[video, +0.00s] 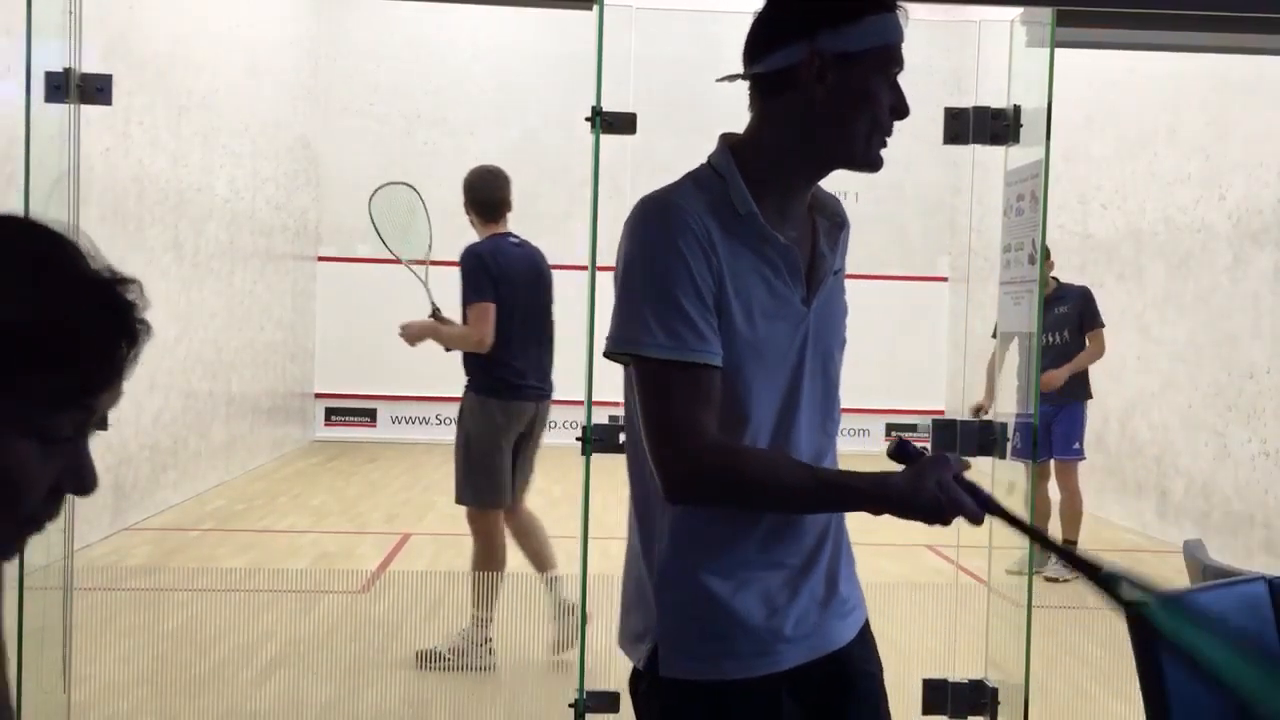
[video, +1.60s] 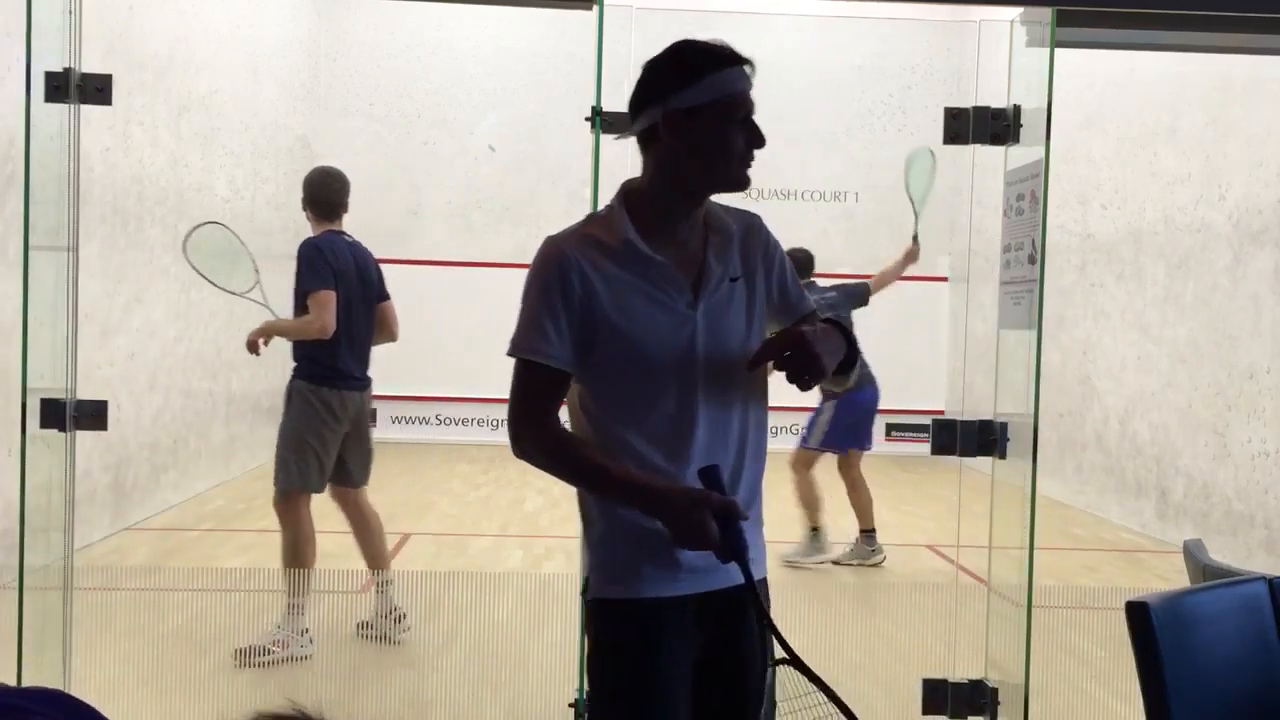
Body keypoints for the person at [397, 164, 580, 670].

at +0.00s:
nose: (468, 212)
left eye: (466, 205)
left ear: (467, 207)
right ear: (510, 204)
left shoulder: (479, 256)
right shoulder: (534, 257)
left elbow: (479, 339)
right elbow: (529, 333)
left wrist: (430, 329)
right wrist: (453, 326)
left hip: (492, 402)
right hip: (534, 402)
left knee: (485, 517)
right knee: (513, 507)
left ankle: (478, 638)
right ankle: (562, 600)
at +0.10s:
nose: (451, 210)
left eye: (448, 204)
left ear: (452, 206)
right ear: (493, 203)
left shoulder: (462, 253)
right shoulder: (518, 255)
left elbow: (458, 333)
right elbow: (506, 332)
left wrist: (413, 324)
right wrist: (441, 322)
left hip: (480, 398)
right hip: (520, 396)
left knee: (473, 507)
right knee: (486, 501)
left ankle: (481, 635)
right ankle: (506, 613)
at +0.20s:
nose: (435, 210)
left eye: (433, 204)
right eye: (444, 201)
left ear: (437, 207)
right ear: (480, 203)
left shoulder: (448, 252)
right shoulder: (504, 256)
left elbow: (444, 332)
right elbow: (488, 333)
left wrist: (397, 323)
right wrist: (426, 323)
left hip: (465, 398)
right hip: (504, 397)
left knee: (467, 512)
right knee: (466, 508)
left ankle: (478, 638)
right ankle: (457, 618)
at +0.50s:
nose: (409, 214)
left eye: (407, 207)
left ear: (411, 210)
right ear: (452, 207)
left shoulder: (423, 255)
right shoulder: (470, 260)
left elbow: (425, 330)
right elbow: (485, 337)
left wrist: (372, 332)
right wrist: (422, 330)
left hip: (421, 399)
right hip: (461, 401)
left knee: (422, 508)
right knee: (422, 508)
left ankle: (470, 626)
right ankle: (400, 615)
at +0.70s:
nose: (397, 214)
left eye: (396, 206)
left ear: (399, 209)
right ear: (438, 210)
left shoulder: (409, 252)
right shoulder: (452, 259)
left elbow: (409, 327)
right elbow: (462, 338)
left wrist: (360, 325)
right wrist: (392, 323)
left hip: (402, 398)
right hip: (444, 401)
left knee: (348, 498)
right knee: (415, 498)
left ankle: (423, 592)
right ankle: (403, 610)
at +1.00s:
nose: (378, 213)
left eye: (376, 206)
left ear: (379, 208)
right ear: (418, 209)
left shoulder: (382, 248)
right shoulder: (436, 258)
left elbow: (380, 318)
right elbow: (443, 333)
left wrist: (338, 324)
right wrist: (375, 321)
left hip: (382, 394)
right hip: (427, 395)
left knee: (344, 494)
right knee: (408, 494)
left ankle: (349, 616)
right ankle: (402, 613)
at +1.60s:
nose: (305, 211)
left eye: (303, 204)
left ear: (305, 206)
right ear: (347, 206)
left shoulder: (315, 250)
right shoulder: (364, 256)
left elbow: (321, 323)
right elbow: (387, 329)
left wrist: (269, 328)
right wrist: (336, 337)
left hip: (316, 396)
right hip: (356, 397)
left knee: (290, 499)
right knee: (348, 491)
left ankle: (294, 628)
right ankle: (391, 609)